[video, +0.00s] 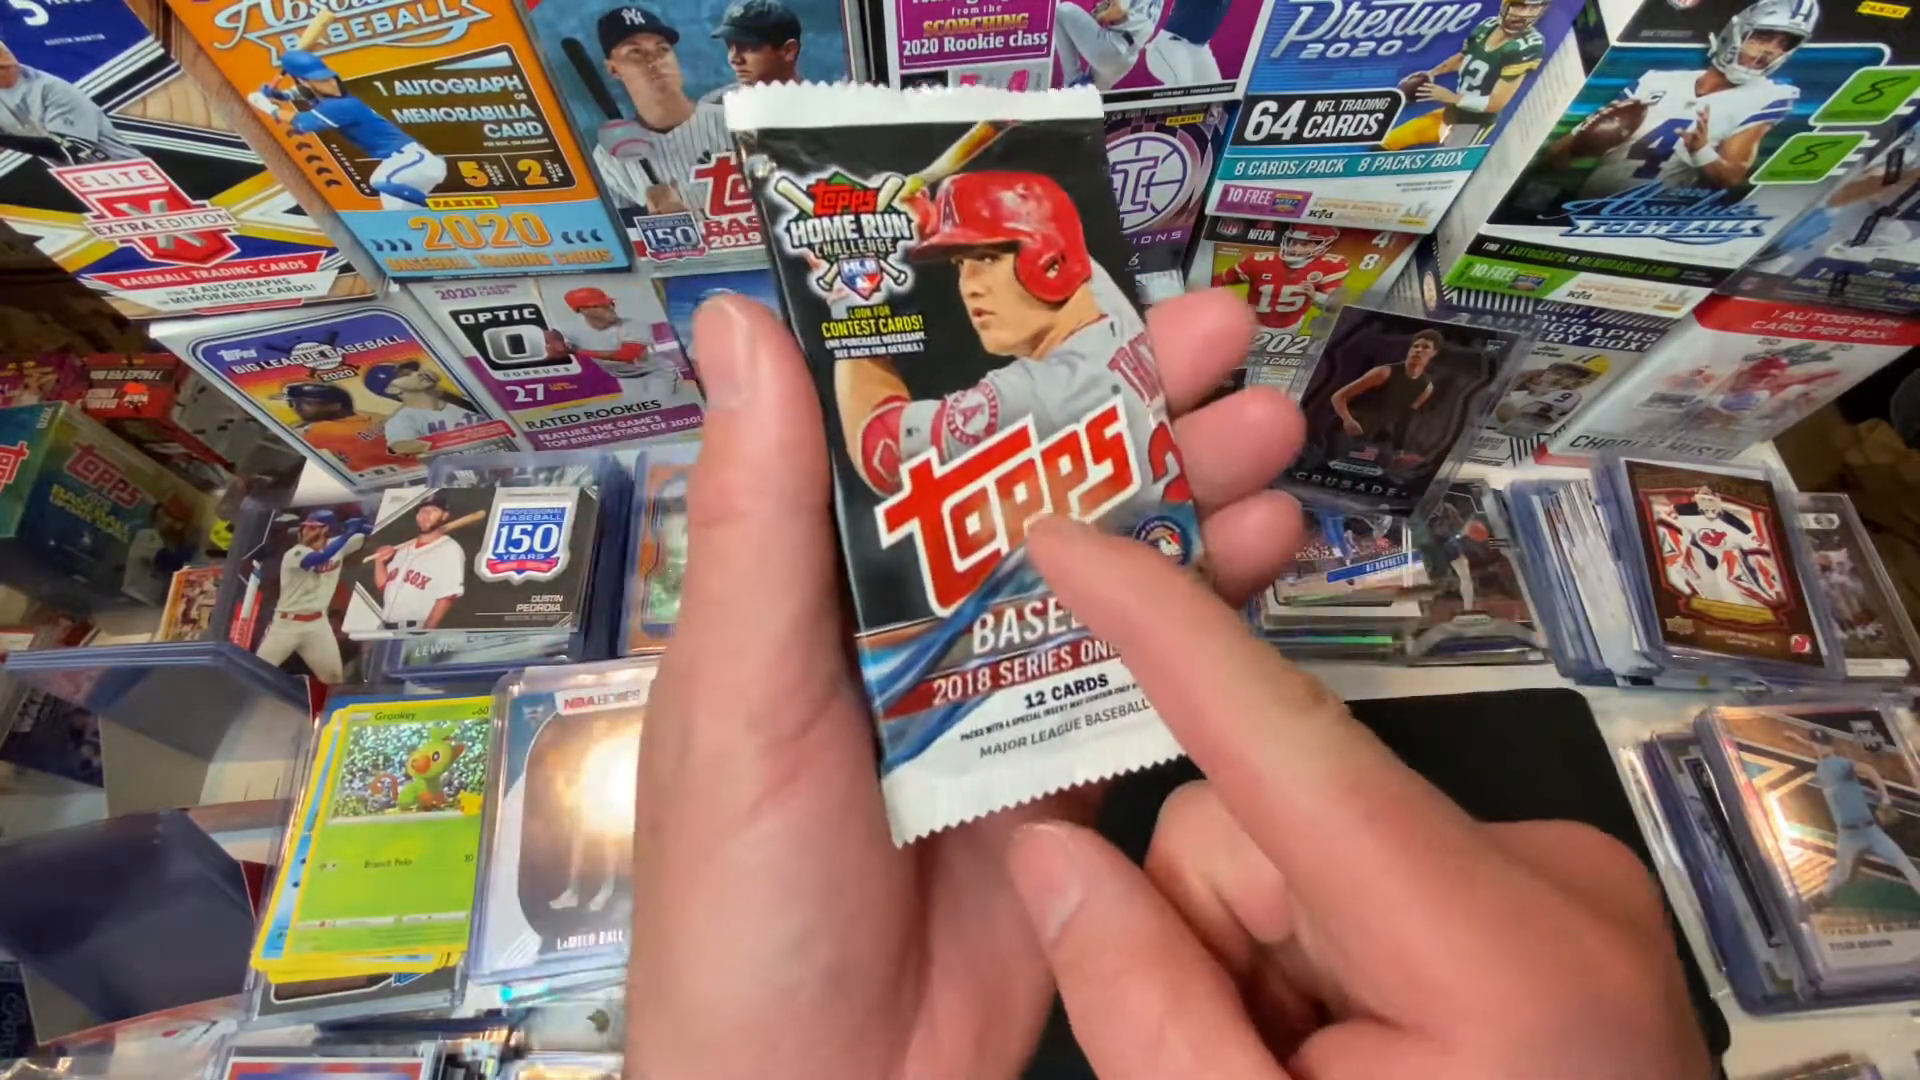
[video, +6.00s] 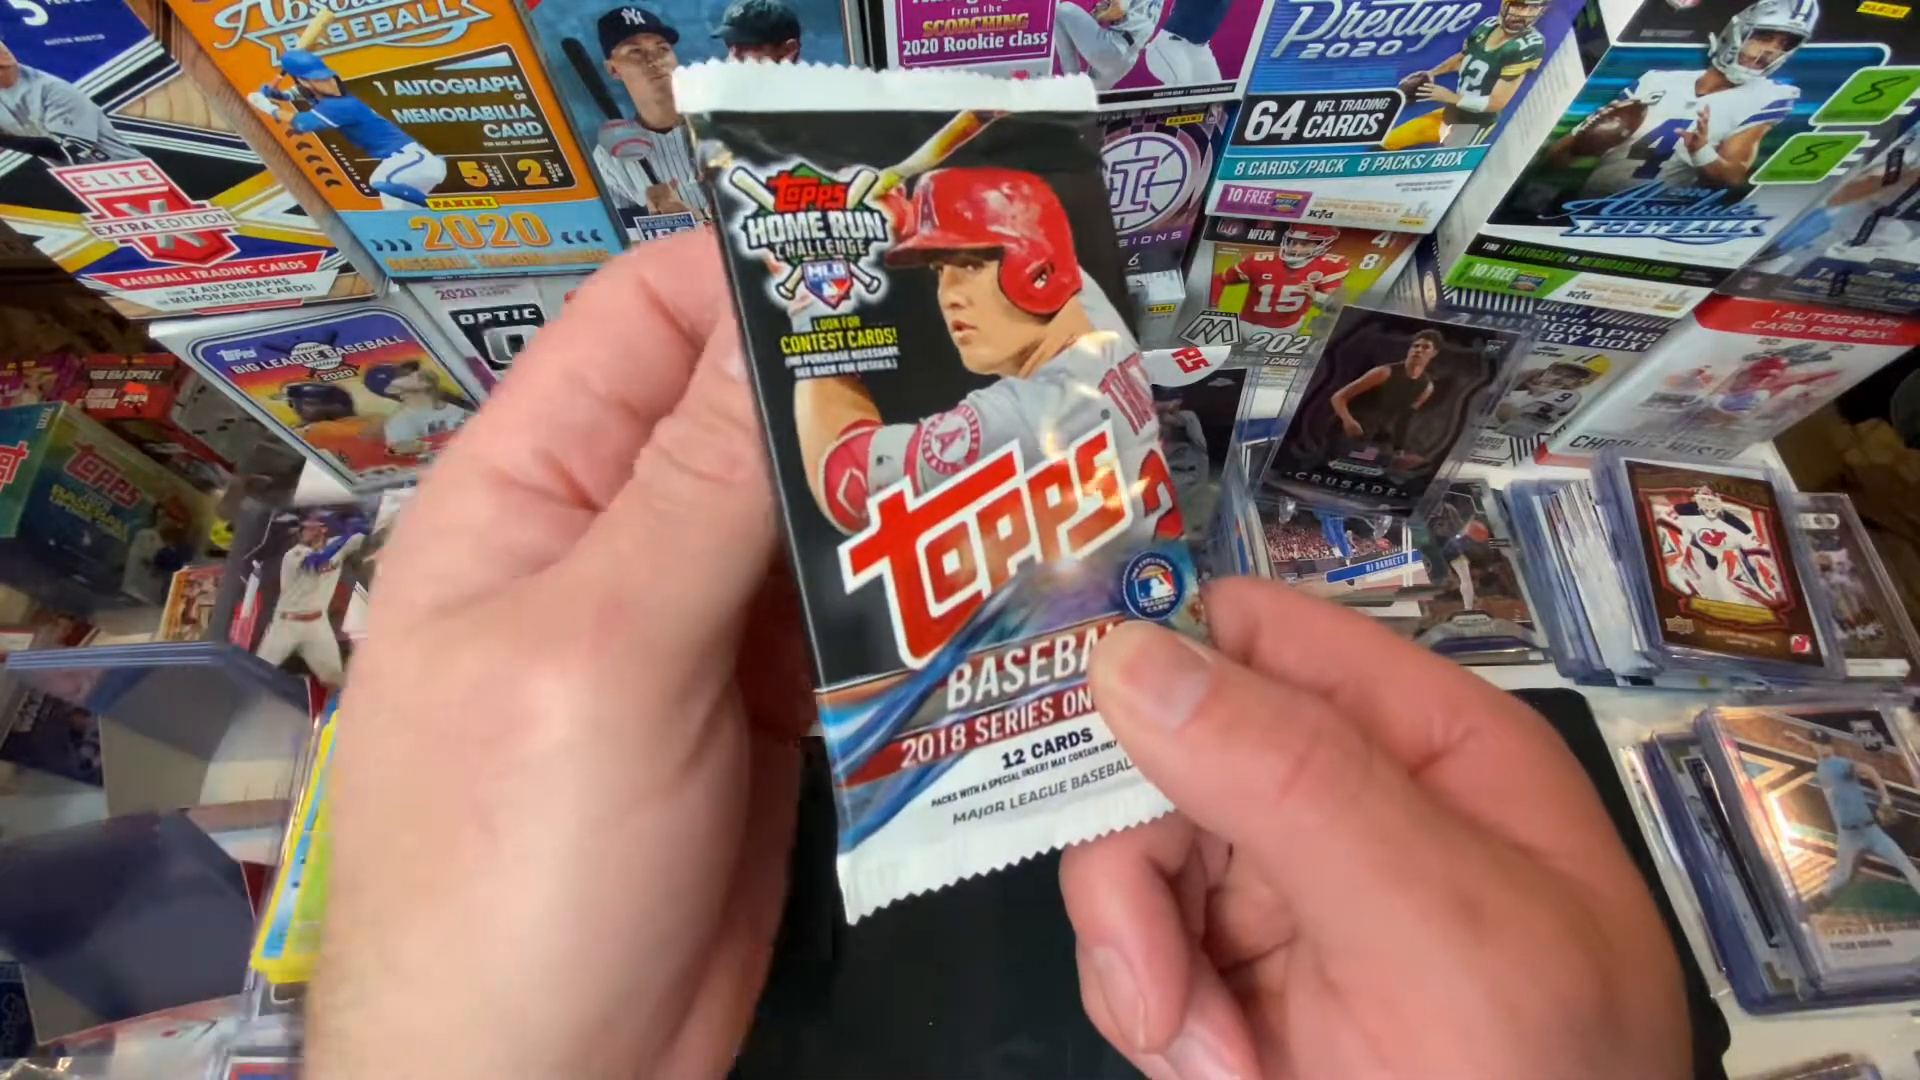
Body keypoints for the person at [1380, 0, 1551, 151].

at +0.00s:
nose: (1517, 17)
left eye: (1528, 11)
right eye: (1513, 8)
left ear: (1541, 12)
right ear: (1503, 5)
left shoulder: (1527, 47)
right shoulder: (1486, 26)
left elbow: (1495, 103)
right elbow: (1463, 58)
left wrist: (1449, 97)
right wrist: (1432, 73)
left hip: (1478, 123)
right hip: (1452, 111)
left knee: (1441, 174)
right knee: (1388, 141)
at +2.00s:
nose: (1520, 13)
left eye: (1530, 7)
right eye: (1515, 5)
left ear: (1542, 11)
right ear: (1503, 4)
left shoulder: (1528, 47)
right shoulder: (1487, 26)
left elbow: (1496, 103)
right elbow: (1463, 58)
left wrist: (1451, 97)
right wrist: (1431, 73)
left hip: (1478, 122)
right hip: (1452, 110)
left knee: (1442, 172)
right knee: (1389, 141)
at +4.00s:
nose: (1520, 13)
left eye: (1530, 7)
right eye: (1515, 5)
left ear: (1541, 11)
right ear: (1504, 5)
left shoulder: (1528, 47)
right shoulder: (1487, 26)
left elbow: (1496, 103)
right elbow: (1463, 57)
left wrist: (1450, 97)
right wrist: (1431, 73)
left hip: (1478, 123)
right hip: (1452, 111)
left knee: (1442, 172)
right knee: (1388, 141)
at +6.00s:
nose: (1516, 13)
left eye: (1528, 7)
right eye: (1513, 5)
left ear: (1541, 11)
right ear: (1503, 4)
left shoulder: (1527, 47)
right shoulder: (1487, 26)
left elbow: (1495, 104)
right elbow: (1463, 58)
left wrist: (1450, 97)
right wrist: (1431, 73)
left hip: (1476, 124)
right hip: (1451, 111)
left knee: (1442, 175)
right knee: (1389, 141)